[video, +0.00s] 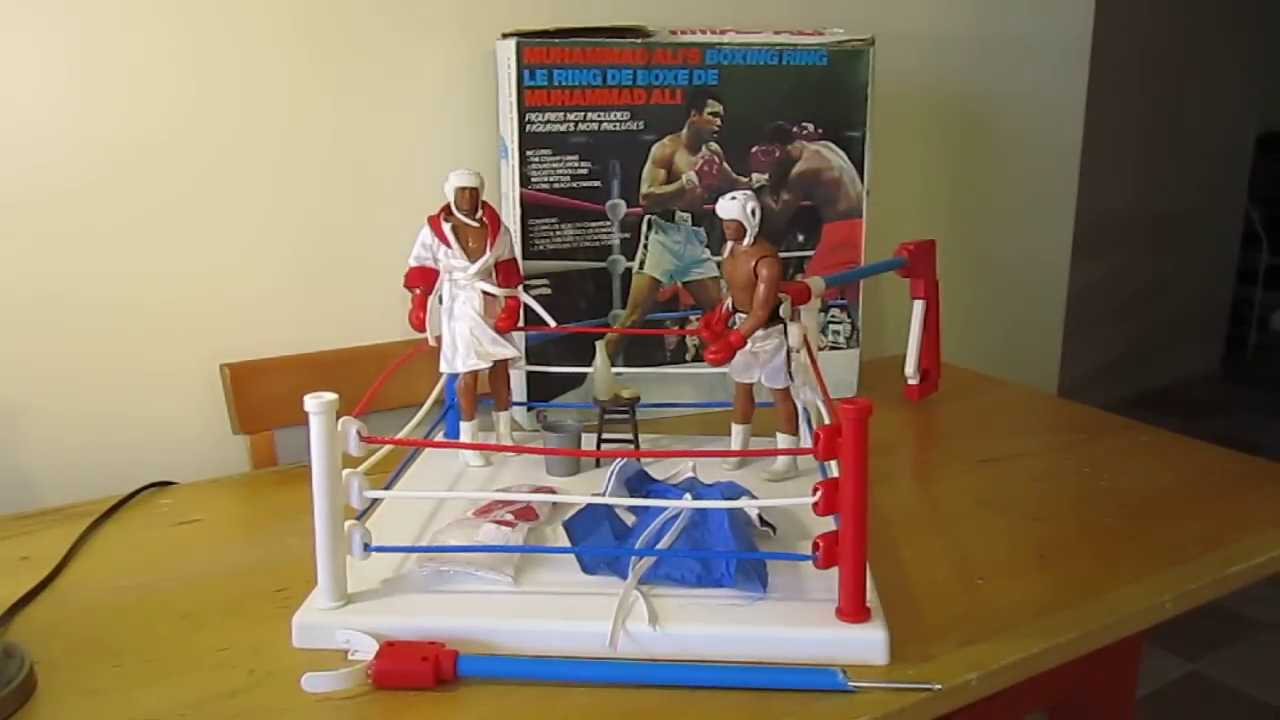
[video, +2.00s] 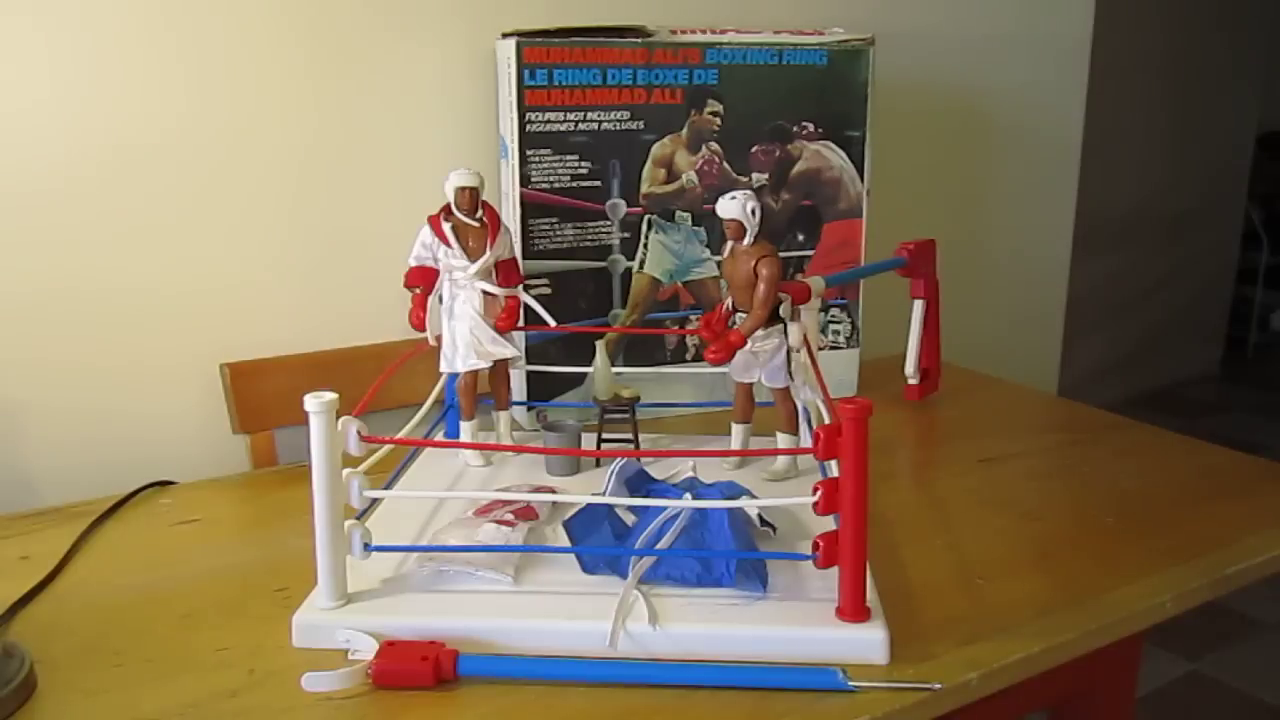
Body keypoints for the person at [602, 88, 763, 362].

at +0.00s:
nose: (718, 122)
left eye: (720, 116)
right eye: (713, 115)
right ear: (694, 115)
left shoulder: (712, 151)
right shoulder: (665, 148)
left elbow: (731, 181)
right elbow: (646, 197)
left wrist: (752, 181)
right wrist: (682, 184)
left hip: (693, 237)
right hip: (660, 235)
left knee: (719, 309)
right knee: (635, 315)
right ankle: (597, 371)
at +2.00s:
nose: (719, 122)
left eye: (721, 116)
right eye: (713, 115)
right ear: (694, 114)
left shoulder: (712, 150)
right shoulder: (664, 148)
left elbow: (732, 182)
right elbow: (647, 195)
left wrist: (754, 181)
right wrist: (681, 183)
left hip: (694, 237)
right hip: (660, 235)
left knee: (718, 309)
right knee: (635, 314)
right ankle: (596, 374)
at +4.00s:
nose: (718, 122)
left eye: (720, 116)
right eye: (713, 115)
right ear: (694, 114)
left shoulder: (712, 150)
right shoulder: (665, 148)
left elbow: (731, 182)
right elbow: (646, 196)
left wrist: (755, 181)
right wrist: (682, 183)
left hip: (693, 237)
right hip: (660, 235)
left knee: (718, 309)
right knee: (635, 314)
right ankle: (596, 373)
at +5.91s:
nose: (718, 122)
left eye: (720, 116)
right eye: (713, 115)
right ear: (693, 115)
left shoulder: (712, 150)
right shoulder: (665, 148)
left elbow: (732, 182)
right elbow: (646, 196)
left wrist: (756, 181)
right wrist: (682, 183)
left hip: (693, 236)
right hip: (660, 234)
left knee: (719, 309)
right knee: (635, 313)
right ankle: (596, 370)